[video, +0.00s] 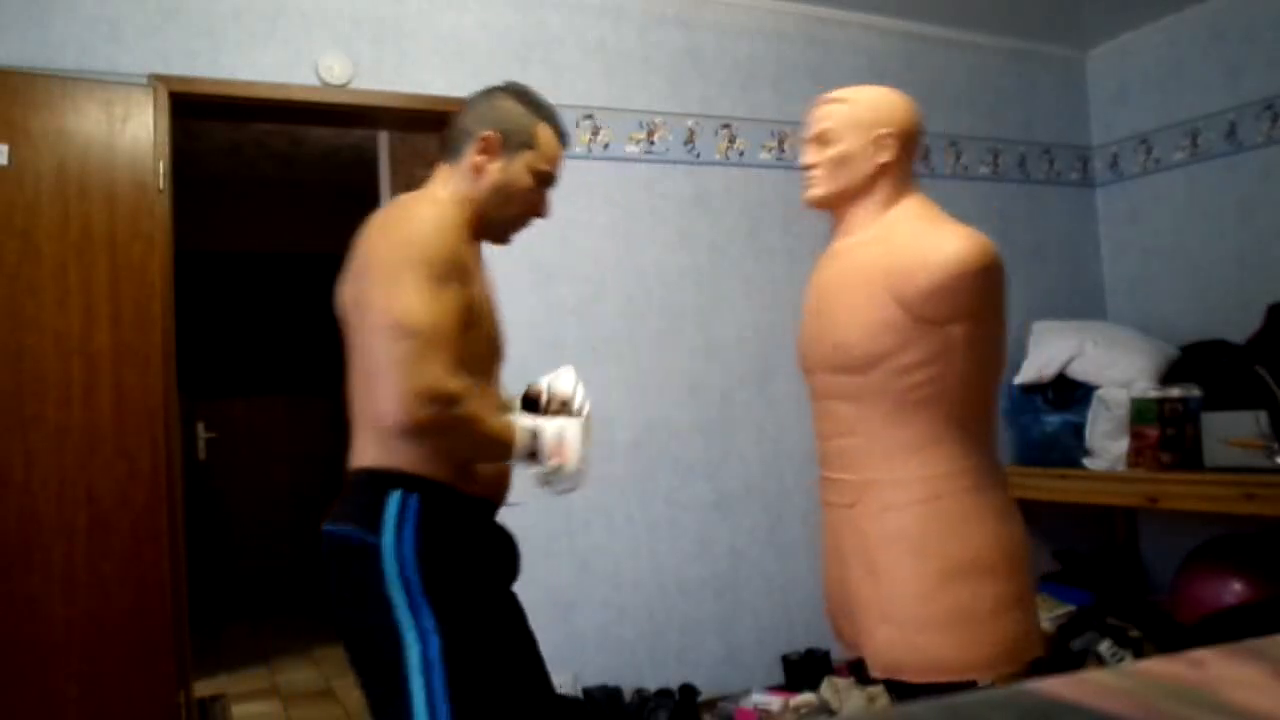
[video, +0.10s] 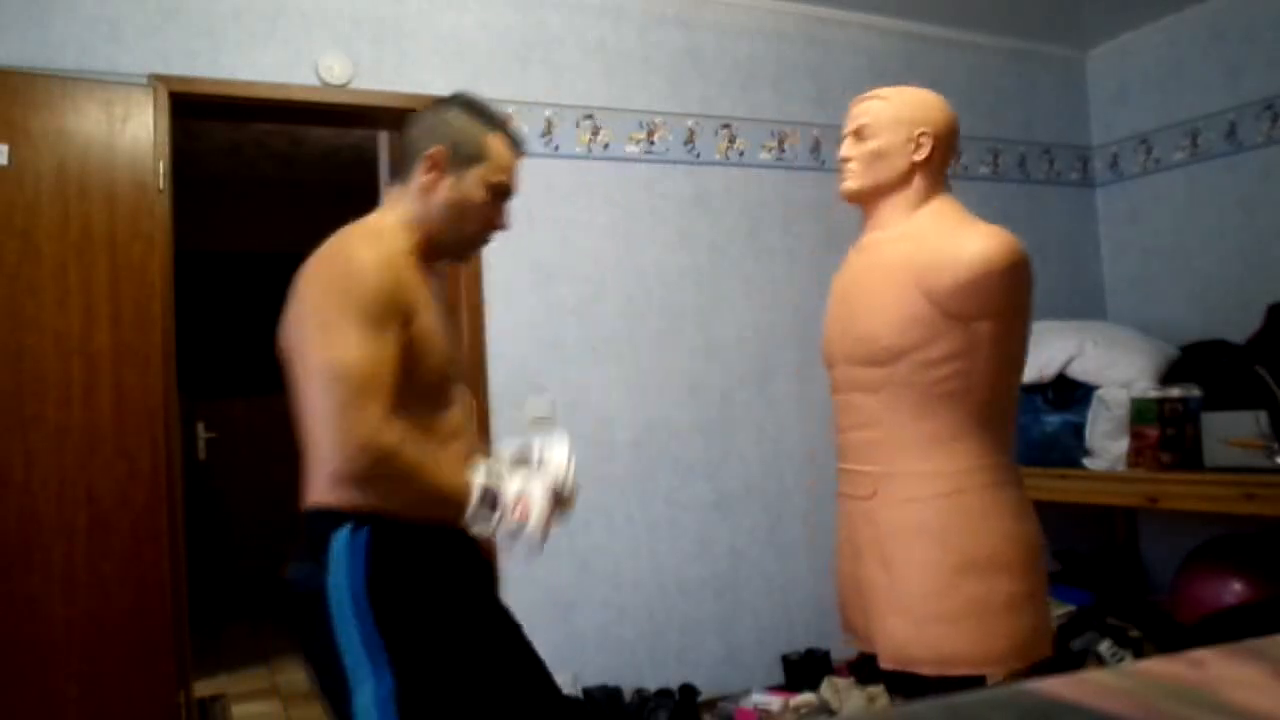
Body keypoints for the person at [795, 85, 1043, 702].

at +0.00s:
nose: (804, 157)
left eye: (823, 141)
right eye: (806, 142)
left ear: (882, 151)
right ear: (876, 153)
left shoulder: (943, 258)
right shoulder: (837, 260)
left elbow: (963, 430)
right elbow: (844, 442)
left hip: (934, 545)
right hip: (862, 543)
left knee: (961, 703)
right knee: (894, 699)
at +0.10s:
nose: (842, 151)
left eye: (861, 136)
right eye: (844, 138)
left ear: (920, 149)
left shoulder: (977, 258)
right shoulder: (859, 260)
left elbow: (986, 423)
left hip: (951, 537)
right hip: (872, 534)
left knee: (974, 706)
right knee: (896, 699)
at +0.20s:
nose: (810, 158)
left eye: (829, 142)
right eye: (812, 144)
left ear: (888, 152)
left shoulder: (951, 258)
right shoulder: (840, 263)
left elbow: (971, 427)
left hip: (939, 541)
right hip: (864, 539)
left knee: (965, 715)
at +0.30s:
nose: (799, 161)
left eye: (817, 144)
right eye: (800, 146)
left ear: (877, 152)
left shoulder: (944, 259)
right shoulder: (836, 261)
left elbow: (963, 425)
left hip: (933, 544)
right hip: (860, 543)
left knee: (957, 703)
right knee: (892, 698)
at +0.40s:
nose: (826, 155)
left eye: (845, 140)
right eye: (827, 142)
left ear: (905, 149)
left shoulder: (970, 258)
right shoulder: (849, 264)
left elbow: (980, 420)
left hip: (948, 542)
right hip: (870, 542)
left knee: (975, 718)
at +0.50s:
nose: (819, 158)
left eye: (837, 141)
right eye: (820, 144)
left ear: (896, 150)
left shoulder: (964, 257)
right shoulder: (845, 263)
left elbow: (978, 420)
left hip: (945, 544)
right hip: (868, 543)